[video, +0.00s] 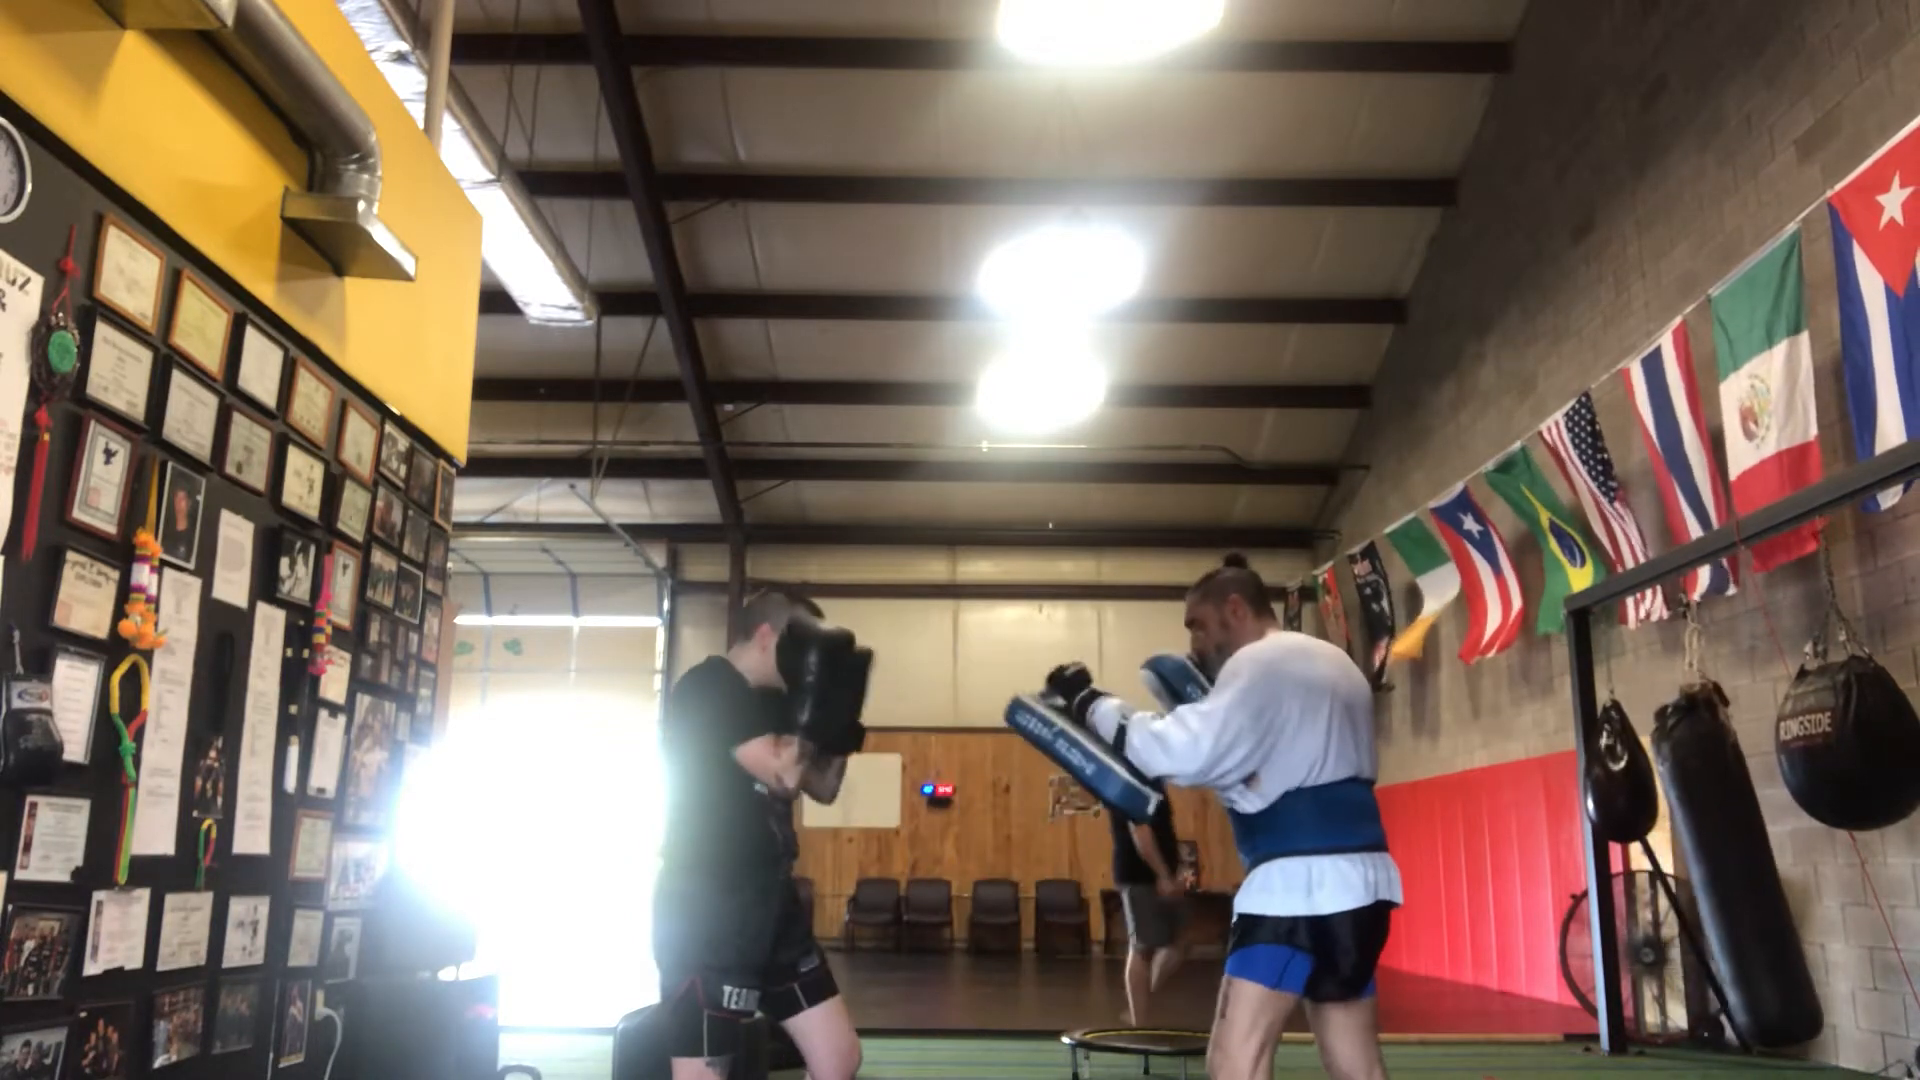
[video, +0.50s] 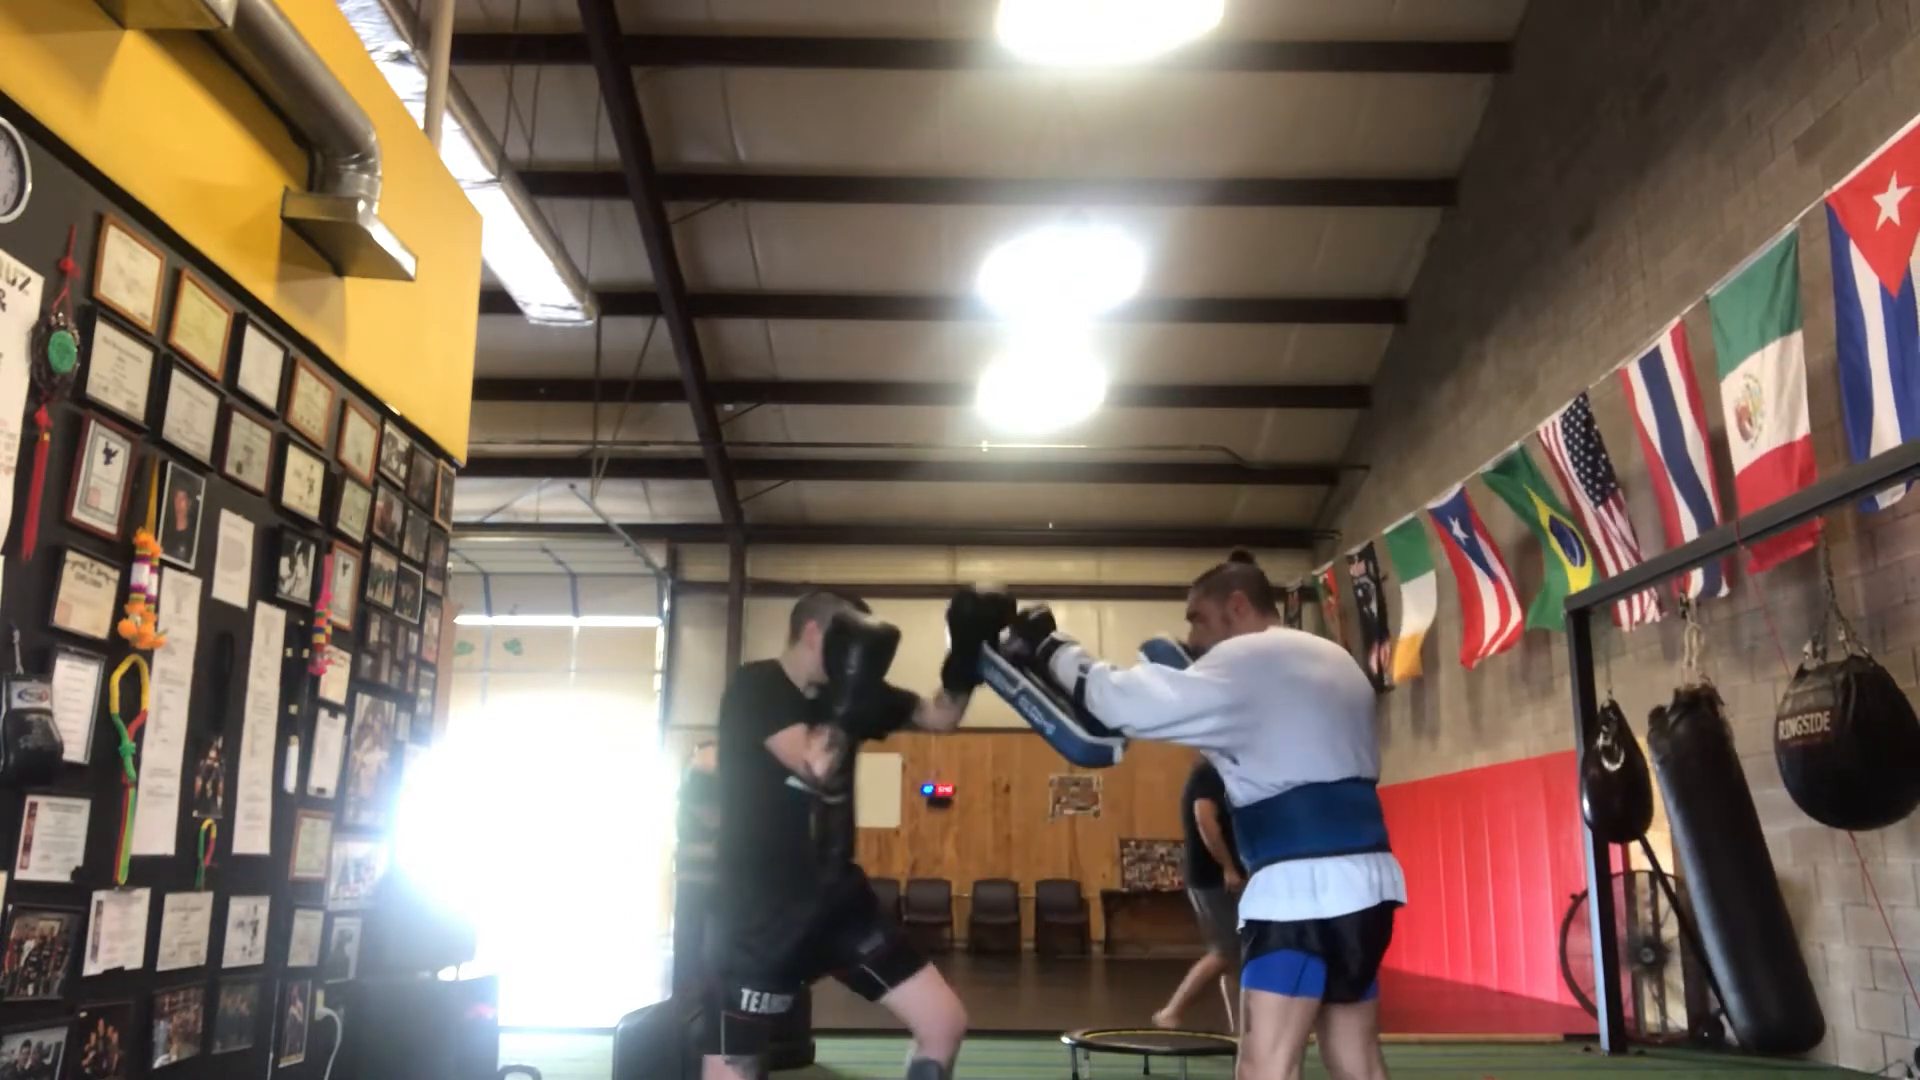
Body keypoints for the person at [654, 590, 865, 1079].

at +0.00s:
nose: (804, 659)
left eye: (810, 647)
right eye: (799, 645)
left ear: (767, 639)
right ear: (766, 635)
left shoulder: (778, 698)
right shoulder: (707, 685)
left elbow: (824, 787)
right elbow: (783, 773)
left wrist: (841, 701)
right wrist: (817, 692)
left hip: (772, 901)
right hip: (706, 905)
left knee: (838, 1057)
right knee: (701, 1070)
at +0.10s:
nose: (803, 659)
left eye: (810, 648)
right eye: (800, 645)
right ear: (767, 636)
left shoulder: (781, 702)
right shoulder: (708, 688)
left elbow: (842, 783)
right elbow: (777, 778)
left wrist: (879, 711)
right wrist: (812, 697)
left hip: (777, 907)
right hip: (710, 911)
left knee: (828, 1068)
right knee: (705, 1071)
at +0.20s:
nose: (811, 656)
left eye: (817, 646)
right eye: (806, 643)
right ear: (772, 636)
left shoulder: (790, 702)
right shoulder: (711, 691)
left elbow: (881, 754)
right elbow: (780, 778)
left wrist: (949, 710)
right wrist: (815, 699)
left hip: (784, 904)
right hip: (716, 908)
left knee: (838, 1068)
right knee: (709, 1071)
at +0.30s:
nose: (824, 654)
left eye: (829, 644)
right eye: (817, 641)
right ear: (782, 636)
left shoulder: (810, 698)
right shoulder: (725, 686)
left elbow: (907, 744)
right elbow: (790, 771)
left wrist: (973, 697)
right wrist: (826, 692)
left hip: (795, 900)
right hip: (725, 904)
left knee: (883, 1044)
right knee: (709, 1070)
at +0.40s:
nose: (836, 654)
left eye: (841, 644)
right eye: (829, 641)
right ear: (796, 632)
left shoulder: (824, 695)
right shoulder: (737, 686)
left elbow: (926, 716)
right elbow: (804, 763)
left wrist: (971, 650)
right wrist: (838, 687)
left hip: (811, 896)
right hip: (737, 903)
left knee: (921, 1016)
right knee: (719, 1070)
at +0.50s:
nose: (851, 650)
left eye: (855, 641)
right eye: (843, 639)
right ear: (811, 632)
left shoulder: (847, 695)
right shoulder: (753, 687)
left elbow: (940, 714)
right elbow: (816, 764)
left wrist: (968, 646)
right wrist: (850, 683)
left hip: (834, 898)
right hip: (759, 905)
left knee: (942, 1021)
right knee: (731, 1070)